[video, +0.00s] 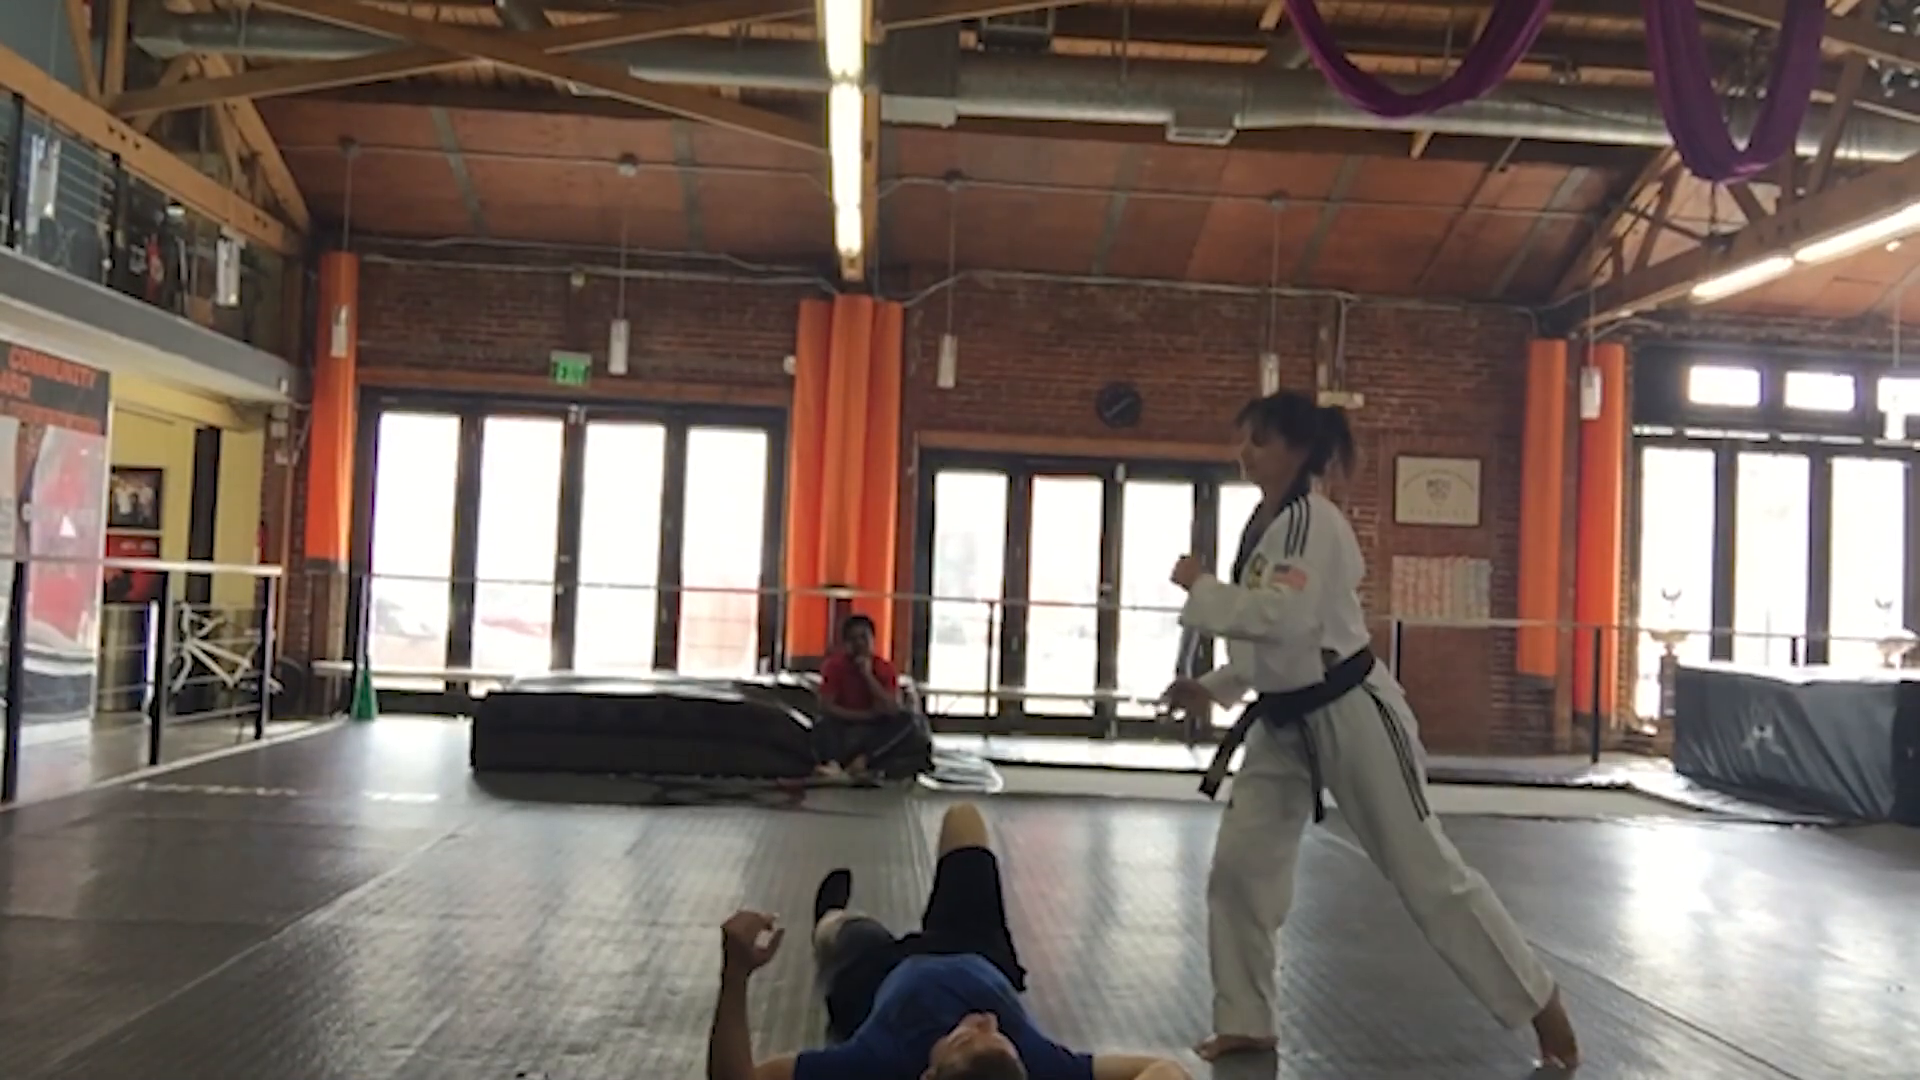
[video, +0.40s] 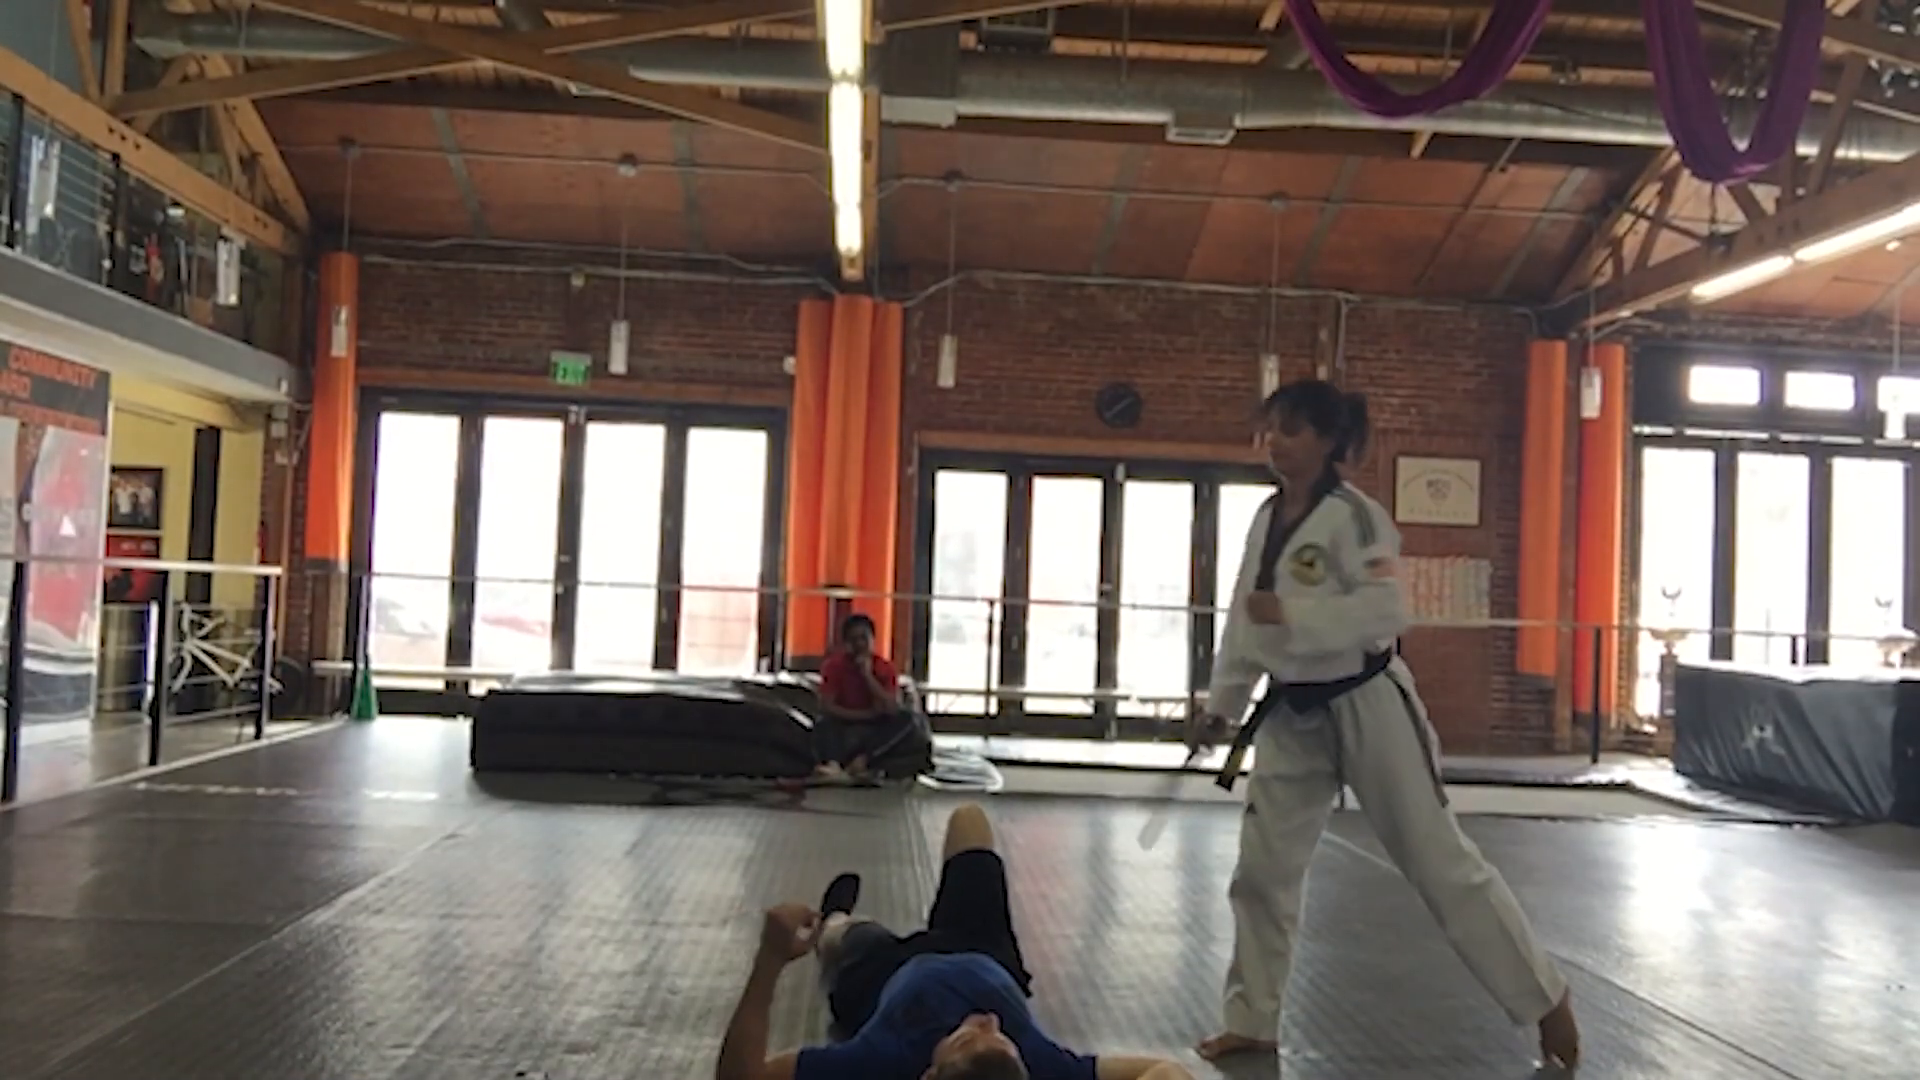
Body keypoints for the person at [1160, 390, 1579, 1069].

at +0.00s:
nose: (1244, 454)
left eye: (1257, 442)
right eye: (1245, 442)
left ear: (1296, 450)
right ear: (1270, 451)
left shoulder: (1313, 519)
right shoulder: (1267, 531)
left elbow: (1285, 618)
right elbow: (1278, 648)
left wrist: (1201, 588)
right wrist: (1211, 686)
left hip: (1351, 711)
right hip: (1283, 721)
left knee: (1425, 873)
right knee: (1239, 871)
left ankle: (1539, 1001)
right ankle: (1246, 1029)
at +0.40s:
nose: (1274, 443)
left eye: (1291, 431)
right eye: (1272, 430)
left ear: (1330, 444)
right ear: (1268, 440)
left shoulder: (1356, 515)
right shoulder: (1266, 520)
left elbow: (1387, 610)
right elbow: (1245, 623)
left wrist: (1290, 614)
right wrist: (1222, 705)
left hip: (1368, 701)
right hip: (1293, 710)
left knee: (1436, 862)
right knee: (1263, 872)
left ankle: (1546, 999)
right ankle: (1252, 1028)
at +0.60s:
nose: (1314, 444)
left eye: (1330, 432)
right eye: (1308, 431)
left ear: (1367, 444)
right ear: (1300, 439)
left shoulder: (1397, 518)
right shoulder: (1291, 518)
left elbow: (1453, 605)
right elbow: (1260, 609)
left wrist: (1386, 622)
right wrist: (1243, 695)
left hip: (1393, 708)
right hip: (1312, 713)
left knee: (1459, 864)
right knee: (1274, 873)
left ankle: (1544, 1010)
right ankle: (1253, 1026)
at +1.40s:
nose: (1362, 480)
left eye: (1377, 467)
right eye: (1353, 465)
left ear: (1407, 464)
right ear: (1341, 460)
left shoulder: (1446, 544)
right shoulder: (1317, 535)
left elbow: (1488, 633)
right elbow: (1290, 624)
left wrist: (1449, 684)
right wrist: (1274, 694)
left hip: (1426, 728)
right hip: (1332, 725)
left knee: (1482, 884)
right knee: (1285, 879)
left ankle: (1542, 1013)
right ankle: (1256, 1023)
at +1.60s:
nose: (1354, 540)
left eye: (1367, 527)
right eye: (1343, 526)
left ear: (1396, 514)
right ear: (1329, 514)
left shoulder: (1446, 583)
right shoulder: (1313, 563)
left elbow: (1469, 700)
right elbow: (1292, 642)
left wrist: (1442, 785)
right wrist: (1294, 715)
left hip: (1433, 736)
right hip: (1345, 733)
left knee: (1488, 887)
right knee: (1294, 868)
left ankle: (1534, 1056)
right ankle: (1257, 1021)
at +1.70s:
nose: (1359, 603)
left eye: (1373, 591)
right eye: (1348, 589)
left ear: (1399, 577)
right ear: (1332, 576)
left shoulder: (1444, 628)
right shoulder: (1324, 604)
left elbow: (1468, 748)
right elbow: (1328, 699)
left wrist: (1439, 857)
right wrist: (1337, 789)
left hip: (1460, 751)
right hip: (1374, 748)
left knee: (1499, 897)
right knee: (1308, 876)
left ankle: (1525, 1063)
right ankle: (1267, 1023)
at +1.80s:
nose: (1351, 678)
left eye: (1362, 665)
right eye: (1342, 665)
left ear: (1393, 652)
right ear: (1334, 650)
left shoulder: (1452, 684)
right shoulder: (1355, 662)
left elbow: (1466, 819)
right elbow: (1383, 744)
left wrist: (1439, 934)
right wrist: (1370, 816)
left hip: (1493, 756)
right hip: (1412, 753)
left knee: (1516, 903)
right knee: (1350, 878)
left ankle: (1530, 1066)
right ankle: (1269, 1022)